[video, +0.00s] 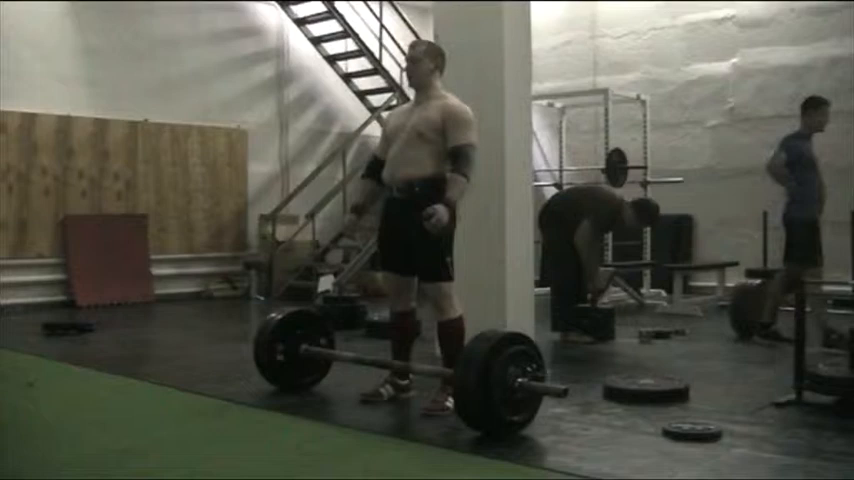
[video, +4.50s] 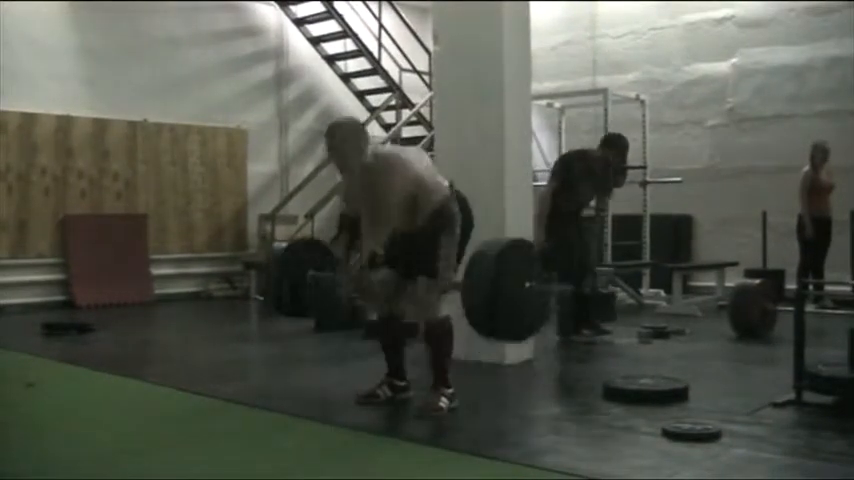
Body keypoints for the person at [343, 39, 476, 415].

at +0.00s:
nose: (407, 65)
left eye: (415, 59)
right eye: (406, 60)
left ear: (435, 65)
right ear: (411, 67)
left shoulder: (453, 110)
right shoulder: (395, 116)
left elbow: (463, 163)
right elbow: (377, 166)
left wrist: (448, 204)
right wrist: (359, 205)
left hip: (432, 200)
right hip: (396, 203)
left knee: (440, 294)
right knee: (398, 293)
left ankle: (451, 386)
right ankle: (399, 379)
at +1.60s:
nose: (388, 80)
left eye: (393, 73)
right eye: (385, 75)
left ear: (413, 68)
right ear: (385, 75)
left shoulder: (443, 109)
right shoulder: (389, 116)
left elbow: (465, 164)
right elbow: (380, 167)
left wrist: (459, 214)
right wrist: (364, 159)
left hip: (435, 199)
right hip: (399, 202)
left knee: (443, 294)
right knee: (401, 293)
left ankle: (453, 386)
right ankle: (400, 379)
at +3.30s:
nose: (375, 94)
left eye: (378, 85)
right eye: (370, 88)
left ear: (396, 75)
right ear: (371, 87)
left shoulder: (436, 111)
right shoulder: (382, 122)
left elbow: (463, 160)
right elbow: (368, 169)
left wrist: (463, 214)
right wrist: (357, 211)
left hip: (438, 202)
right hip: (401, 204)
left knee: (441, 295)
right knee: (394, 291)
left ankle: (453, 387)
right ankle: (398, 380)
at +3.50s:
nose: (351, 117)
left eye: (353, 108)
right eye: (347, 112)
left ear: (371, 96)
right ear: (349, 110)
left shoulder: (421, 122)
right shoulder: (368, 141)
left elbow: (448, 175)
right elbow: (361, 197)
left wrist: (452, 227)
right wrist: (355, 249)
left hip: (438, 213)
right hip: (402, 217)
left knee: (439, 299)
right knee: (395, 297)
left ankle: (451, 386)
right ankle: (399, 379)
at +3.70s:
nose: (342, 167)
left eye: (342, 158)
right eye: (337, 161)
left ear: (358, 148)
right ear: (344, 156)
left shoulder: (408, 168)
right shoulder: (361, 179)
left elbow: (433, 224)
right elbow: (355, 232)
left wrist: (443, 274)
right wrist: (352, 274)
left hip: (449, 233)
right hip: (406, 237)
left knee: (430, 307)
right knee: (382, 300)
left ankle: (446, 388)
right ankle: (398, 379)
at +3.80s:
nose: (345, 201)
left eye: (346, 194)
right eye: (341, 196)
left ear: (361, 185)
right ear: (341, 193)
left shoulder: (412, 208)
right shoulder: (355, 207)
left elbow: (433, 264)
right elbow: (350, 262)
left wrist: (442, 316)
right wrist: (342, 318)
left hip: (449, 256)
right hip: (404, 258)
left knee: (415, 314)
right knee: (373, 305)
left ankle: (446, 387)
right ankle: (398, 380)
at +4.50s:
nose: (332, 158)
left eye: (336, 150)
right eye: (330, 151)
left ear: (357, 146)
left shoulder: (394, 166)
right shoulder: (355, 177)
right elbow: (355, 224)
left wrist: (447, 270)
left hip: (441, 221)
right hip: (404, 230)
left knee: (430, 302)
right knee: (386, 300)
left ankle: (443, 388)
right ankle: (396, 379)